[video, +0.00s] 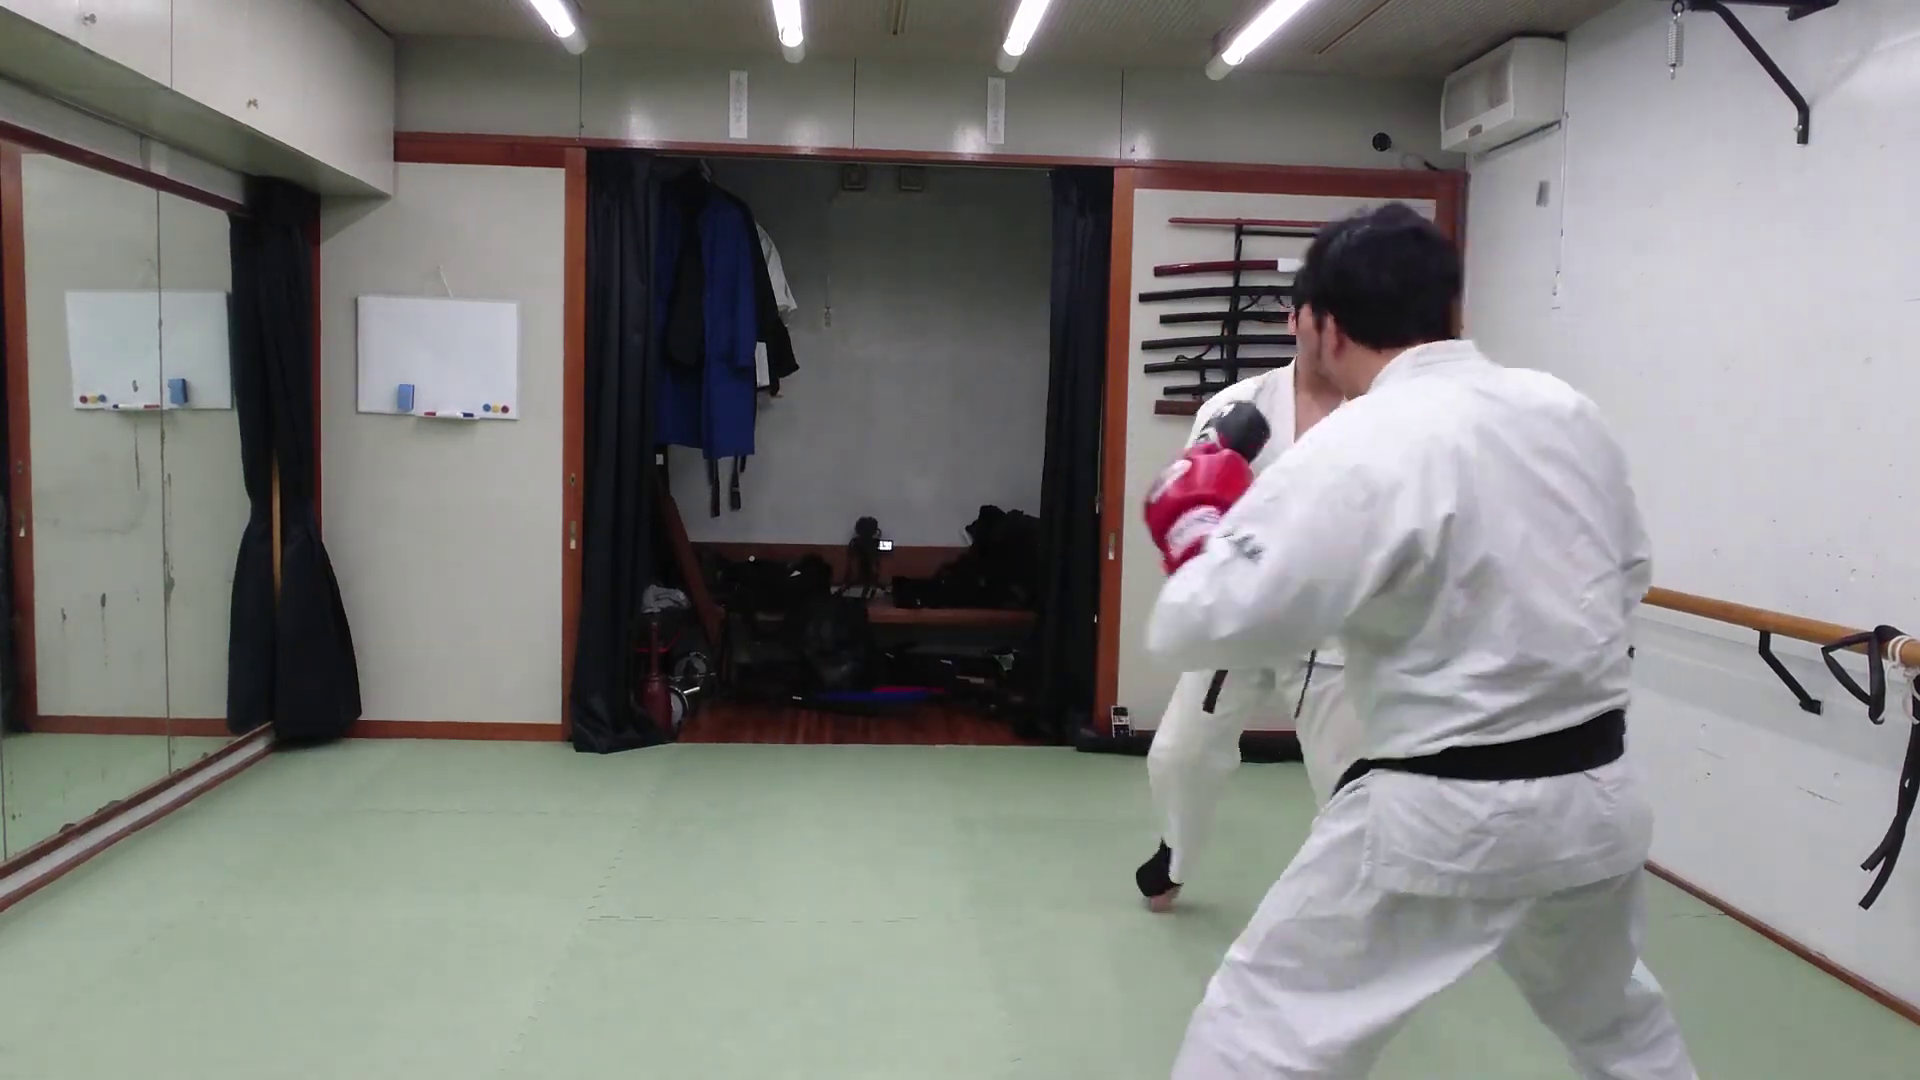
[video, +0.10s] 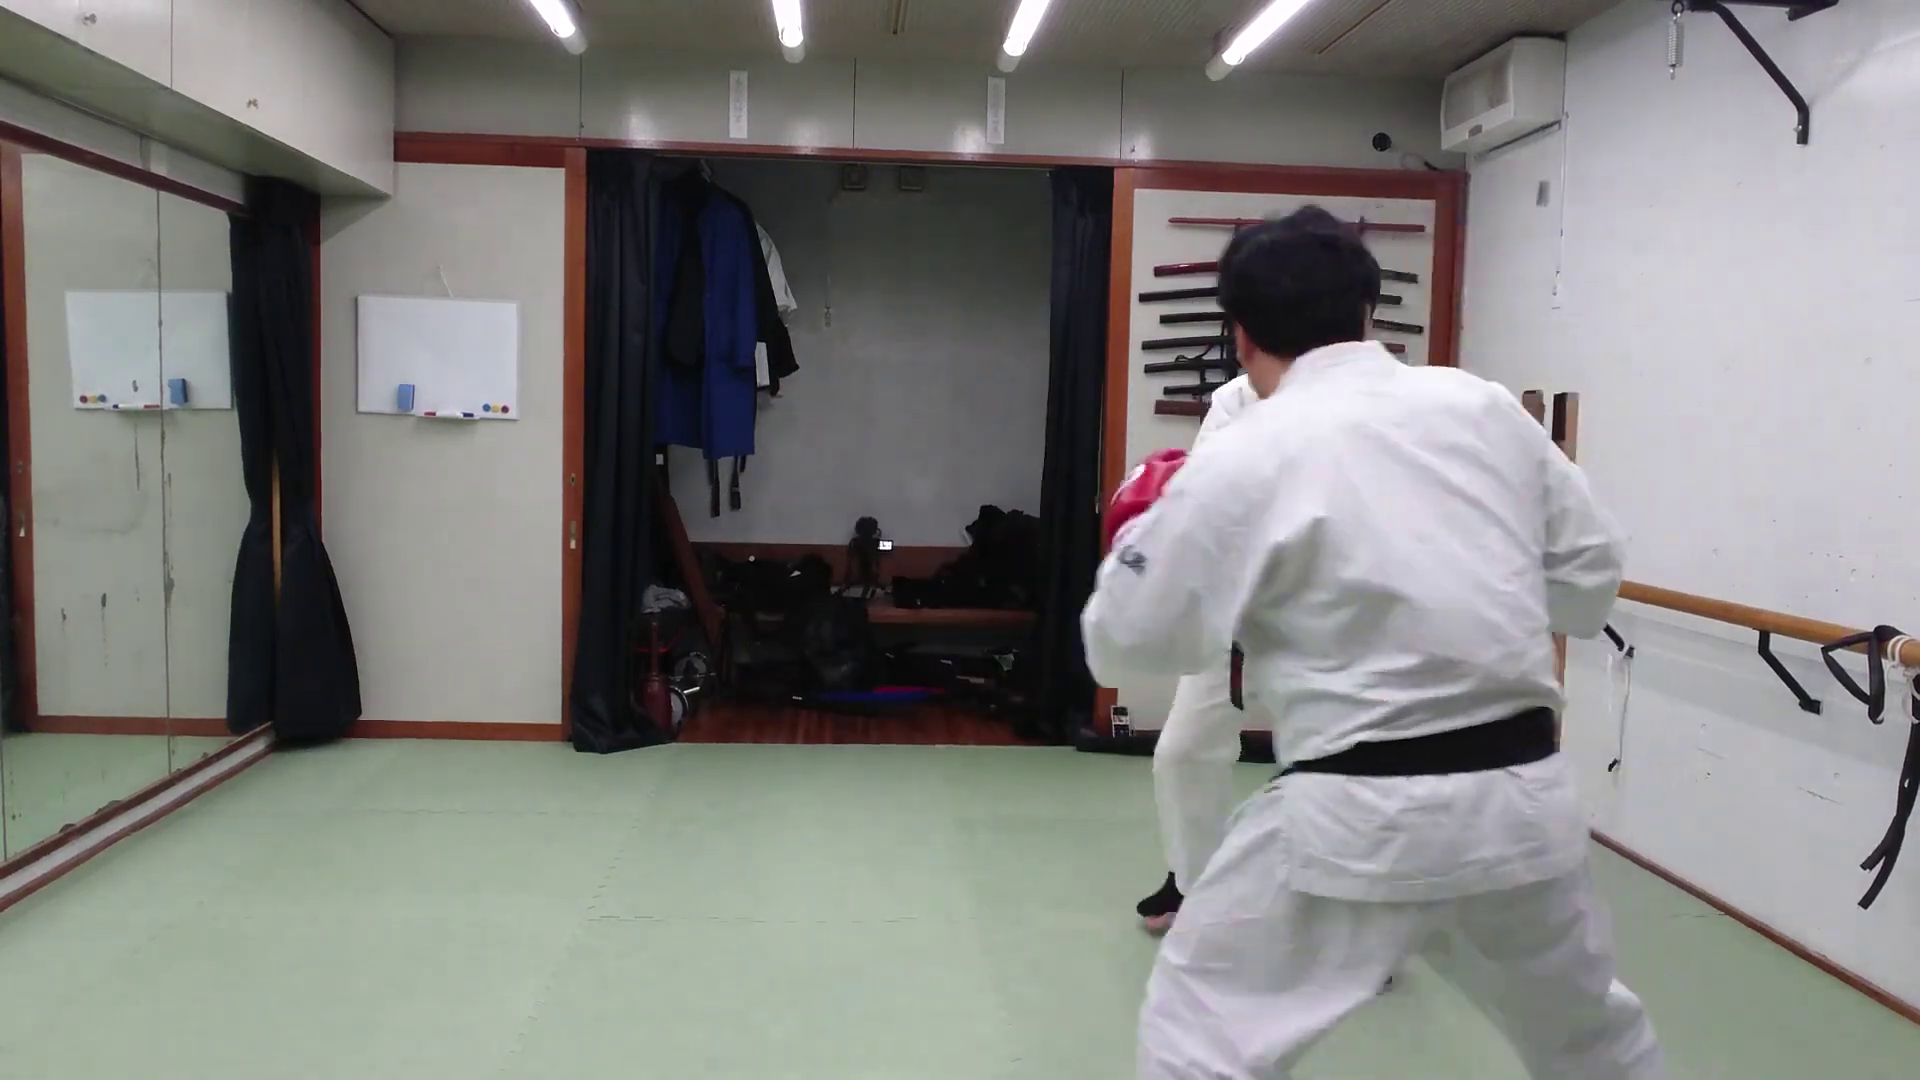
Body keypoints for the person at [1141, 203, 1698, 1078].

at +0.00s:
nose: (1298, 340)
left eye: (1298, 319)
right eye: (1297, 320)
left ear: (1324, 323)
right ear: (1448, 306)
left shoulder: (1366, 446)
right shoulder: (1568, 410)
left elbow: (1227, 619)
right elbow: (1631, 572)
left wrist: (1192, 529)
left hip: (1434, 822)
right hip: (1597, 801)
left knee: (1258, 1018)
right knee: (1620, 1019)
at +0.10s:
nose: (1235, 360)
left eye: (1233, 339)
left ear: (1245, 340)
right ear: (1365, 315)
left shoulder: (1250, 450)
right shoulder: (1486, 408)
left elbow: (1133, 637)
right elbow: (1592, 566)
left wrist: (1150, 522)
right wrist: (1518, 637)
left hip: (1346, 829)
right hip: (1525, 809)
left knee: (1196, 1023)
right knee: (1595, 1038)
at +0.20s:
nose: (1178, 314)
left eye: (1177, 299)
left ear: (1190, 306)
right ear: (1309, 278)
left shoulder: (1167, 425)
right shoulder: (1431, 377)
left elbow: (1046, 629)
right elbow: (1543, 540)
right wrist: (1469, 621)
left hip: (1264, 809)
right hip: (1457, 796)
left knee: (1182, 1058)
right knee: (1527, 1053)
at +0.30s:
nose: (1144, 262)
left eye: (1145, 244)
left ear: (1161, 259)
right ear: (1287, 237)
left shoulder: (1115, 377)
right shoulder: (1392, 336)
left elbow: (1000, 567)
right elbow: (1504, 497)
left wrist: (1029, 618)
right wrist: (1427, 537)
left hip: (1197, 783)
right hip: (1387, 777)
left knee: (1182, 1056)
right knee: (1430, 1052)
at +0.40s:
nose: (1112, 243)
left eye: (1117, 225)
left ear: (1131, 235)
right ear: (1263, 221)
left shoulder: (1071, 355)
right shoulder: (1362, 329)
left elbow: (976, 542)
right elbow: (1462, 499)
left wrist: (1035, 589)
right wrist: (1376, 517)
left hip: (1115, 774)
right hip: (1300, 775)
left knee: (1137, 1062)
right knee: (1298, 1065)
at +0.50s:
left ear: (1111, 268)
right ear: (1244, 255)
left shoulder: (1033, 384)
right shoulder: (1326, 379)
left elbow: (920, 590)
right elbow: (1397, 567)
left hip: (1031, 813)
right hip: (1199, 830)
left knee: (1049, 1048)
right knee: (1142, 1064)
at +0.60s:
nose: (1231, 258)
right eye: (1230, 242)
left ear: (1077, 250)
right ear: (1215, 250)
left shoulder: (975, 369)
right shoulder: (1270, 383)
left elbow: (865, 580)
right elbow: (1311, 602)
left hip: (961, 790)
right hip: (1130, 820)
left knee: (968, 1042)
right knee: (1100, 1064)